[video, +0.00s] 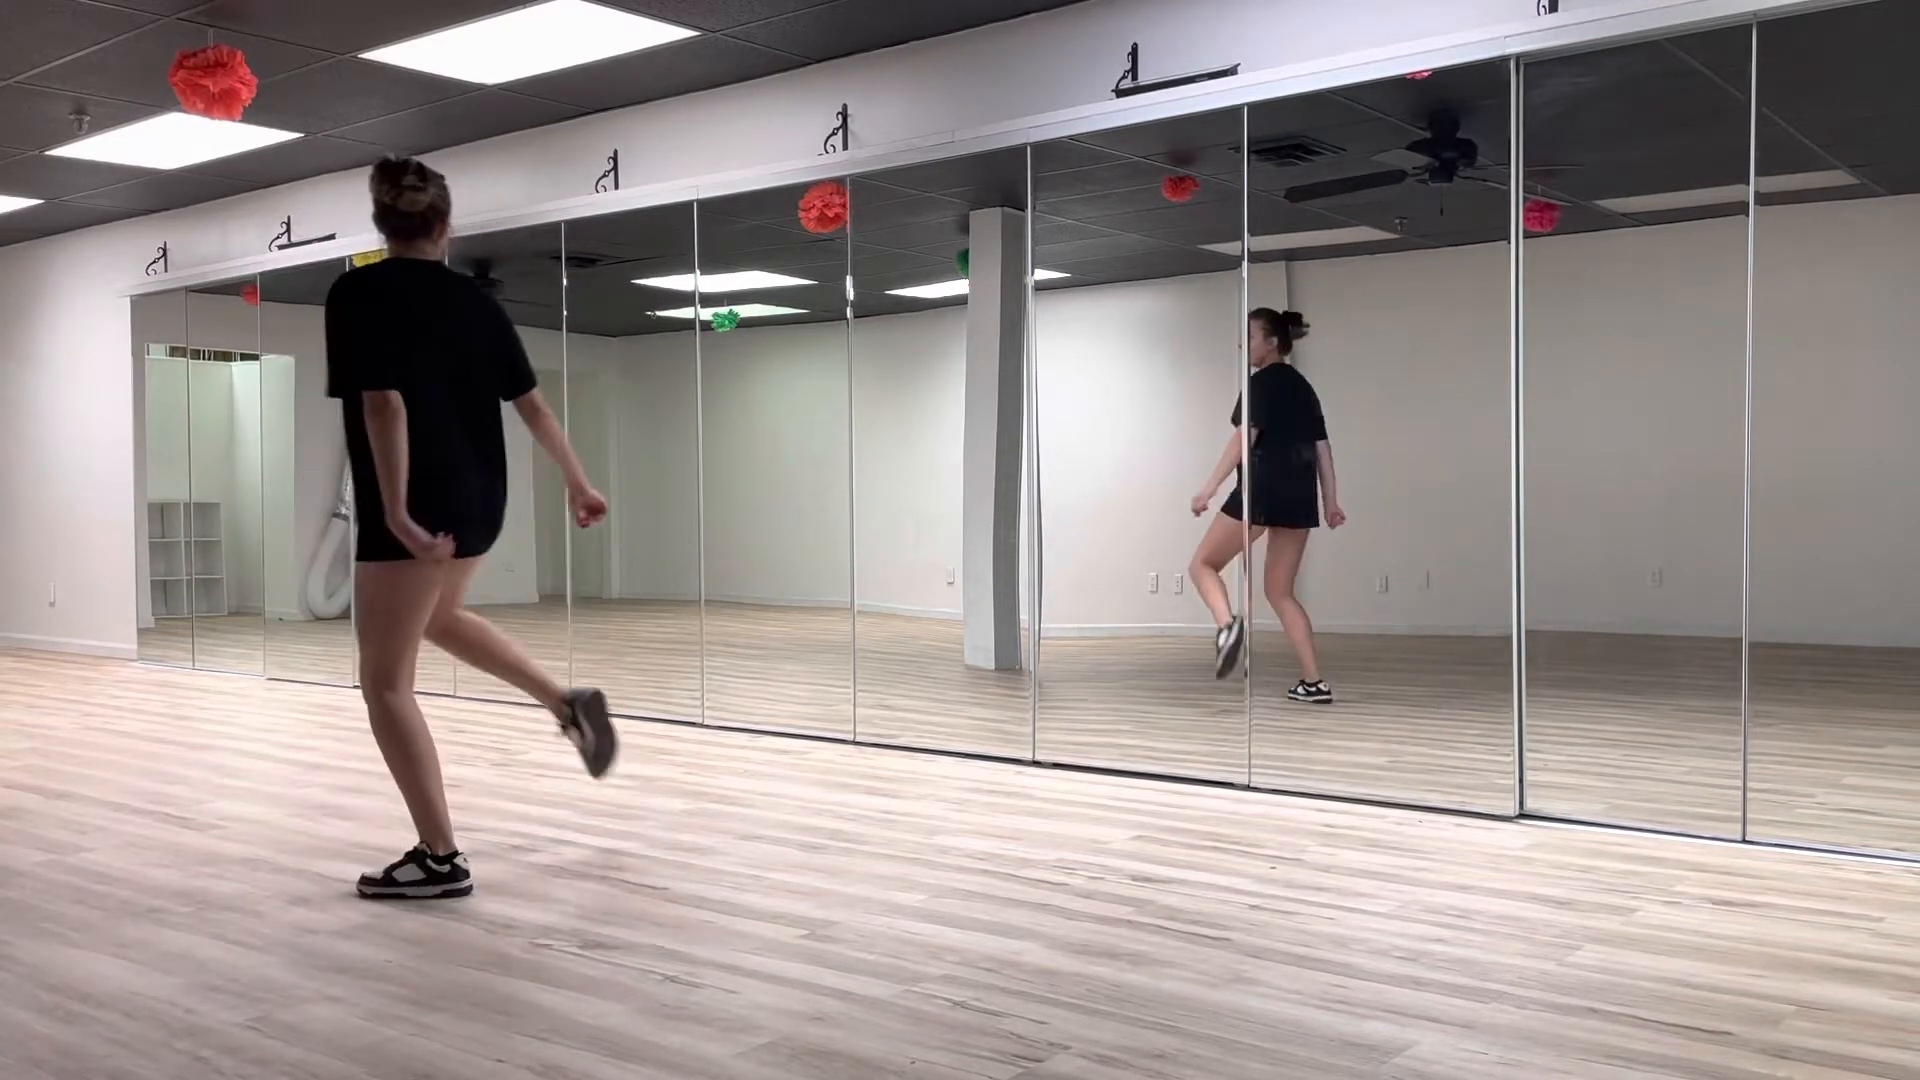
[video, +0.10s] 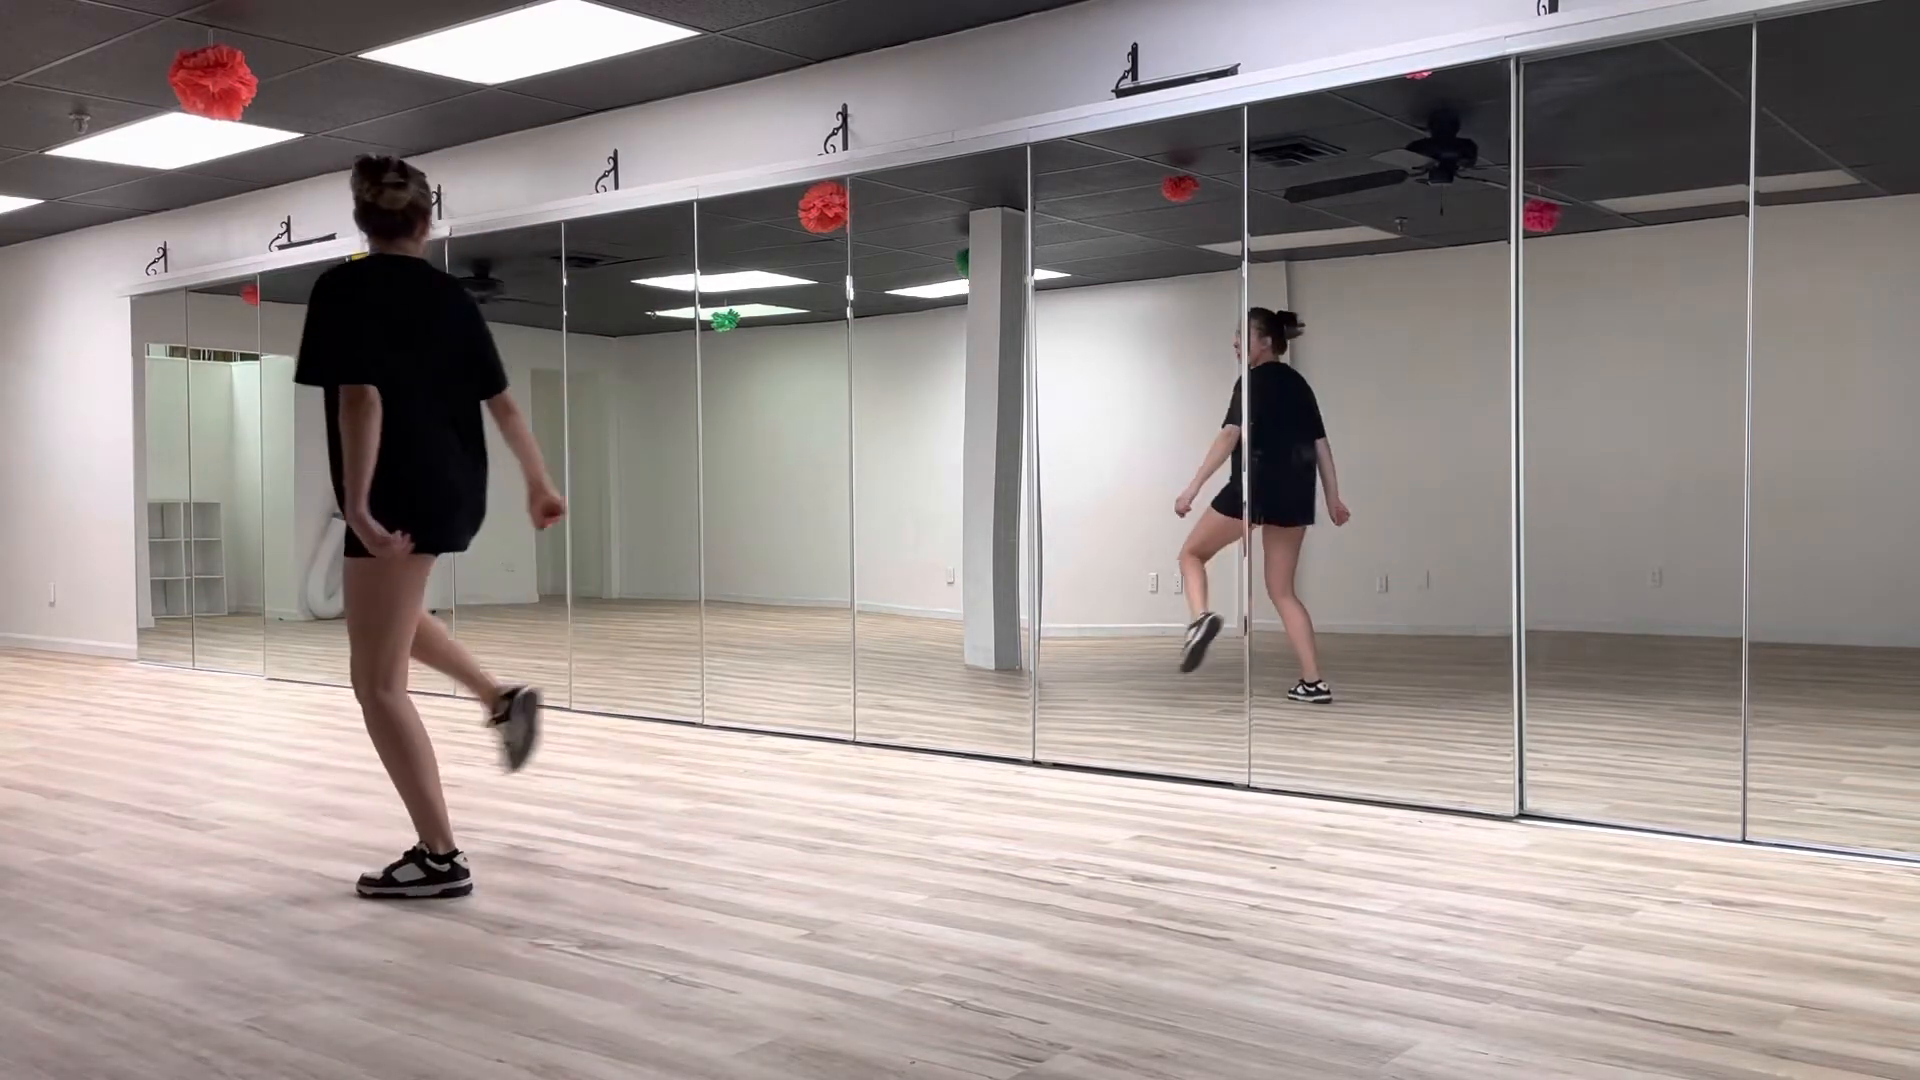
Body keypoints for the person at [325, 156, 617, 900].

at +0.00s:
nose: (447, 230)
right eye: (448, 221)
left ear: (378, 224)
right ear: (446, 225)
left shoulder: (356, 292)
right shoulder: (472, 298)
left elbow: (383, 403)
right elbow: (528, 402)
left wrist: (395, 512)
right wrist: (577, 480)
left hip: (403, 506)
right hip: (479, 497)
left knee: (388, 686)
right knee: (442, 617)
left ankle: (439, 853)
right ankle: (564, 703)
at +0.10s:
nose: (425, 226)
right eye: (429, 217)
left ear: (359, 224)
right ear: (427, 222)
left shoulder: (345, 288)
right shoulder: (450, 296)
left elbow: (362, 398)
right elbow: (501, 402)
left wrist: (356, 504)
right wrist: (539, 480)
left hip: (389, 493)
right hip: (452, 490)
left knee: (378, 682)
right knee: (397, 615)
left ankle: (438, 852)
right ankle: (499, 698)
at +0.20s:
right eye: (412, 211)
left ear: (344, 213)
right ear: (412, 217)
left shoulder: (329, 277)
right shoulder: (432, 290)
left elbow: (344, 388)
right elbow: (470, 396)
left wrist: (336, 491)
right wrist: (501, 480)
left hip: (378, 485)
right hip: (430, 482)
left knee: (378, 676)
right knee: (331, 602)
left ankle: (441, 848)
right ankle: (420, 740)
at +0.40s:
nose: (307, 248)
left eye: (309, 240)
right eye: (313, 238)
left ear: (316, 248)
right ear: (381, 249)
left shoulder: (339, 324)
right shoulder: (385, 320)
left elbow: (356, 444)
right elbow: (411, 430)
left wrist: (363, 556)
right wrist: (433, 524)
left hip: (342, 541)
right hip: (337, 536)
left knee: (341, 692)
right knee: (303, 658)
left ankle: (444, 845)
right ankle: (336, 805)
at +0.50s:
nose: (292, 251)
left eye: (297, 238)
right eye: (295, 238)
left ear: (318, 246)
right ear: (356, 248)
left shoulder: (357, 327)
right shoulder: (330, 325)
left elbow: (369, 453)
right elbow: (327, 449)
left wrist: (366, 564)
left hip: (340, 541)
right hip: (304, 538)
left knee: (326, 687)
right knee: (282, 664)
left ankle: (437, 840)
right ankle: (334, 807)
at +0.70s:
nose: (278, 260)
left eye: (293, 248)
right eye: (277, 249)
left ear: (340, 260)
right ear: (294, 261)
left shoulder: (362, 338)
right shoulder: (302, 342)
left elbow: (417, 442)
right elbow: (283, 415)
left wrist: (315, 486)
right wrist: (245, 446)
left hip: (354, 540)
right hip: (292, 535)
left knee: (304, 691)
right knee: (251, 681)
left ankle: (423, 838)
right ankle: (330, 804)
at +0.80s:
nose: (279, 259)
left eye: (291, 244)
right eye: (275, 248)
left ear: (337, 249)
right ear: (281, 257)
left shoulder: (370, 321)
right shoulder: (284, 327)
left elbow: (402, 383)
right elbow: (228, 356)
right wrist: (222, 357)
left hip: (355, 524)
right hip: (290, 522)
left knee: (318, 684)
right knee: (256, 672)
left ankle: (424, 840)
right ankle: (329, 803)